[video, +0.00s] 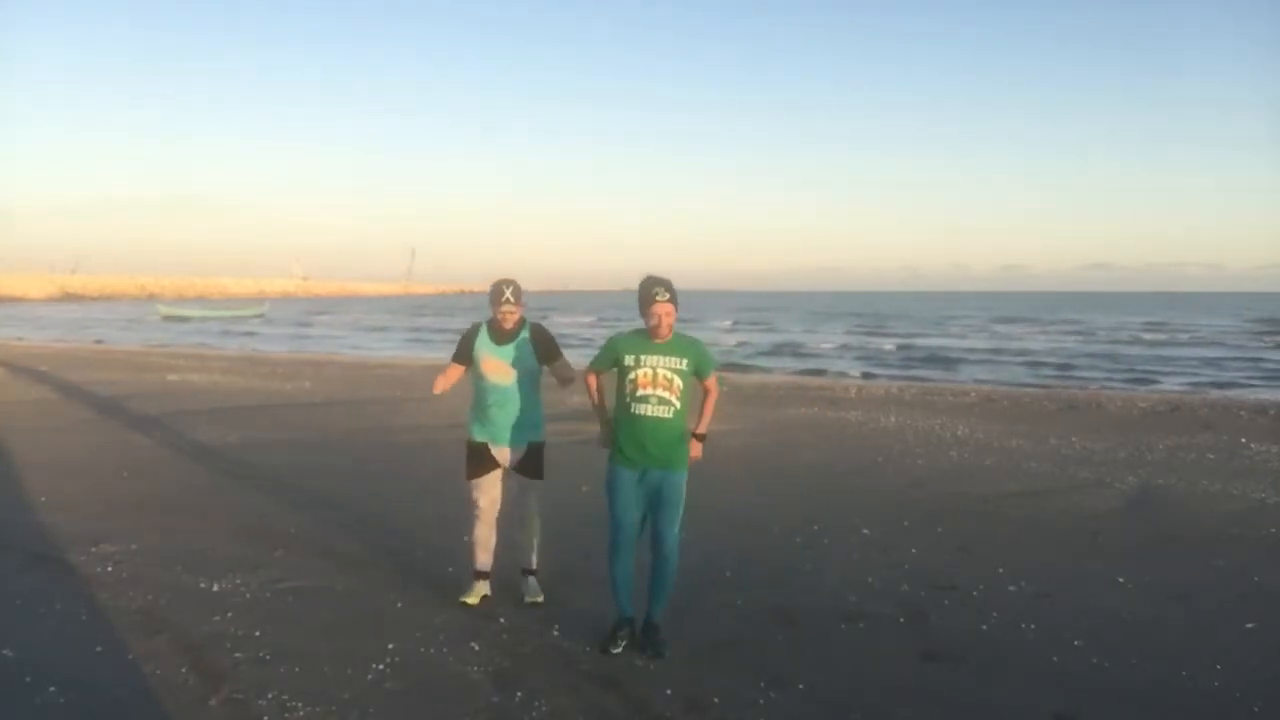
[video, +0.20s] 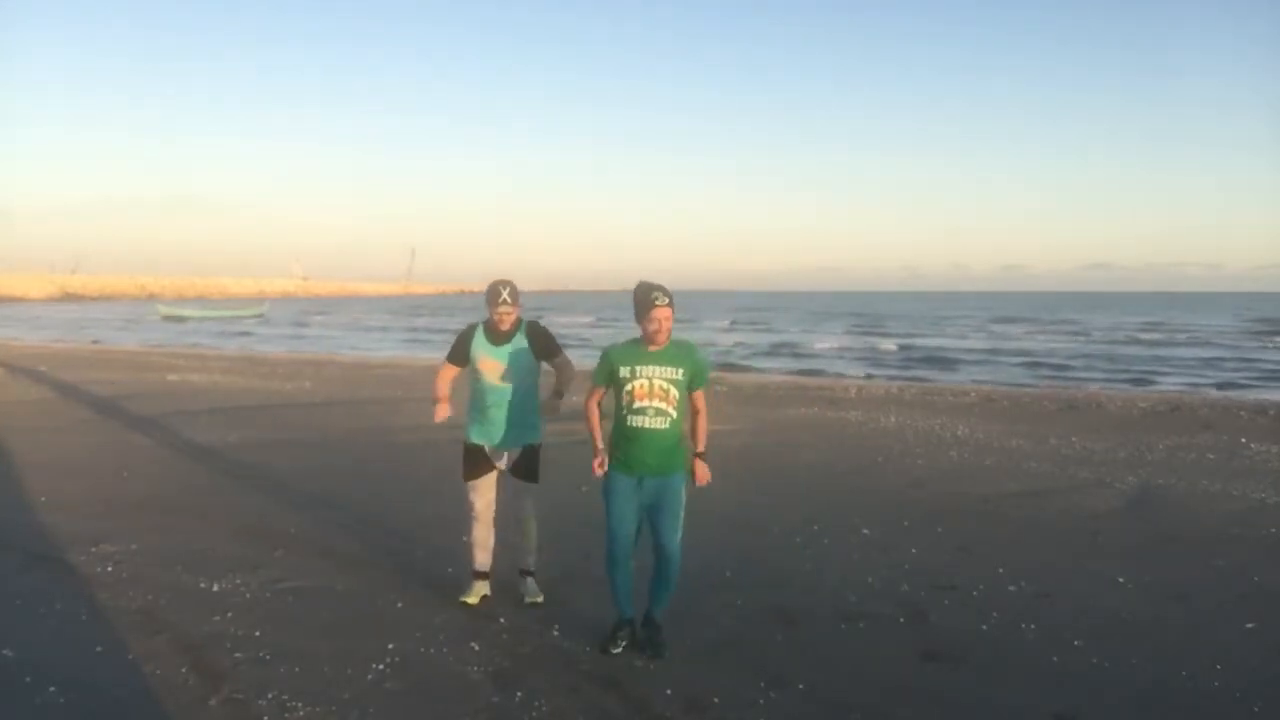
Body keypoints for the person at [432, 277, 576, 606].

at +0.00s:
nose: (508, 315)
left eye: (513, 309)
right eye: (502, 309)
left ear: (522, 308)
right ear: (492, 308)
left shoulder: (535, 334)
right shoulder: (477, 334)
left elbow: (564, 372)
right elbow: (457, 367)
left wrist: (566, 375)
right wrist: (443, 381)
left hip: (527, 437)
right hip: (484, 436)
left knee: (527, 505)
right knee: (484, 508)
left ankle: (530, 576)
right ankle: (481, 579)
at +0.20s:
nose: (504, 317)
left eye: (509, 311)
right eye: (498, 311)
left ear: (518, 308)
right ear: (488, 309)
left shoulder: (533, 333)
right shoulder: (472, 336)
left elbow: (566, 369)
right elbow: (445, 374)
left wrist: (556, 397)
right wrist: (442, 400)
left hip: (523, 436)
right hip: (481, 437)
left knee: (525, 507)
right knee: (480, 510)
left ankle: (528, 576)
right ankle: (480, 579)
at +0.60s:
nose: (506, 327)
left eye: (512, 320)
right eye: (501, 320)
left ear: (521, 320)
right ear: (491, 321)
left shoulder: (541, 350)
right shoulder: (473, 356)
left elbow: (563, 386)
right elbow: (456, 401)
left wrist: (561, 423)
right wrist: (467, 445)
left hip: (543, 455)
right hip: (494, 458)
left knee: (560, 527)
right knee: (486, 527)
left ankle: (576, 599)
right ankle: (480, 583)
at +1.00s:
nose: (548, 315)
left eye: (555, 308)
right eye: (542, 308)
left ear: (564, 308)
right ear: (532, 309)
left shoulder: (582, 343)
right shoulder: (513, 348)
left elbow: (610, 389)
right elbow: (493, 395)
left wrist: (617, 431)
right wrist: (494, 439)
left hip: (574, 454)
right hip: (527, 456)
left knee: (576, 532)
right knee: (523, 532)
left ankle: (581, 609)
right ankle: (529, 591)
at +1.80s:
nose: (536, 311)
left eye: (542, 304)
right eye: (529, 304)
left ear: (550, 304)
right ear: (516, 303)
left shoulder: (566, 339)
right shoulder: (496, 341)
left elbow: (590, 393)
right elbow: (477, 398)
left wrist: (575, 401)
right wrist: (479, 397)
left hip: (559, 458)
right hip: (508, 457)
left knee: (563, 543)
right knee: (508, 544)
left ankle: (568, 615)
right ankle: (511, 625)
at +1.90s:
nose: (529, 312)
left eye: (536, 305)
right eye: (522, 305)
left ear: (545, 305)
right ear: (510, 306)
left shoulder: (563, 340)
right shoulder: (495, 343)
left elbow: (593, 390)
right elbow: (475, 402)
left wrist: (569, 397)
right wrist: (474, 394)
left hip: (553, 459)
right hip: (502, 456)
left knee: (557, 544)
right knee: (493, 535)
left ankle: (566, 616)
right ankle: (497, 617)